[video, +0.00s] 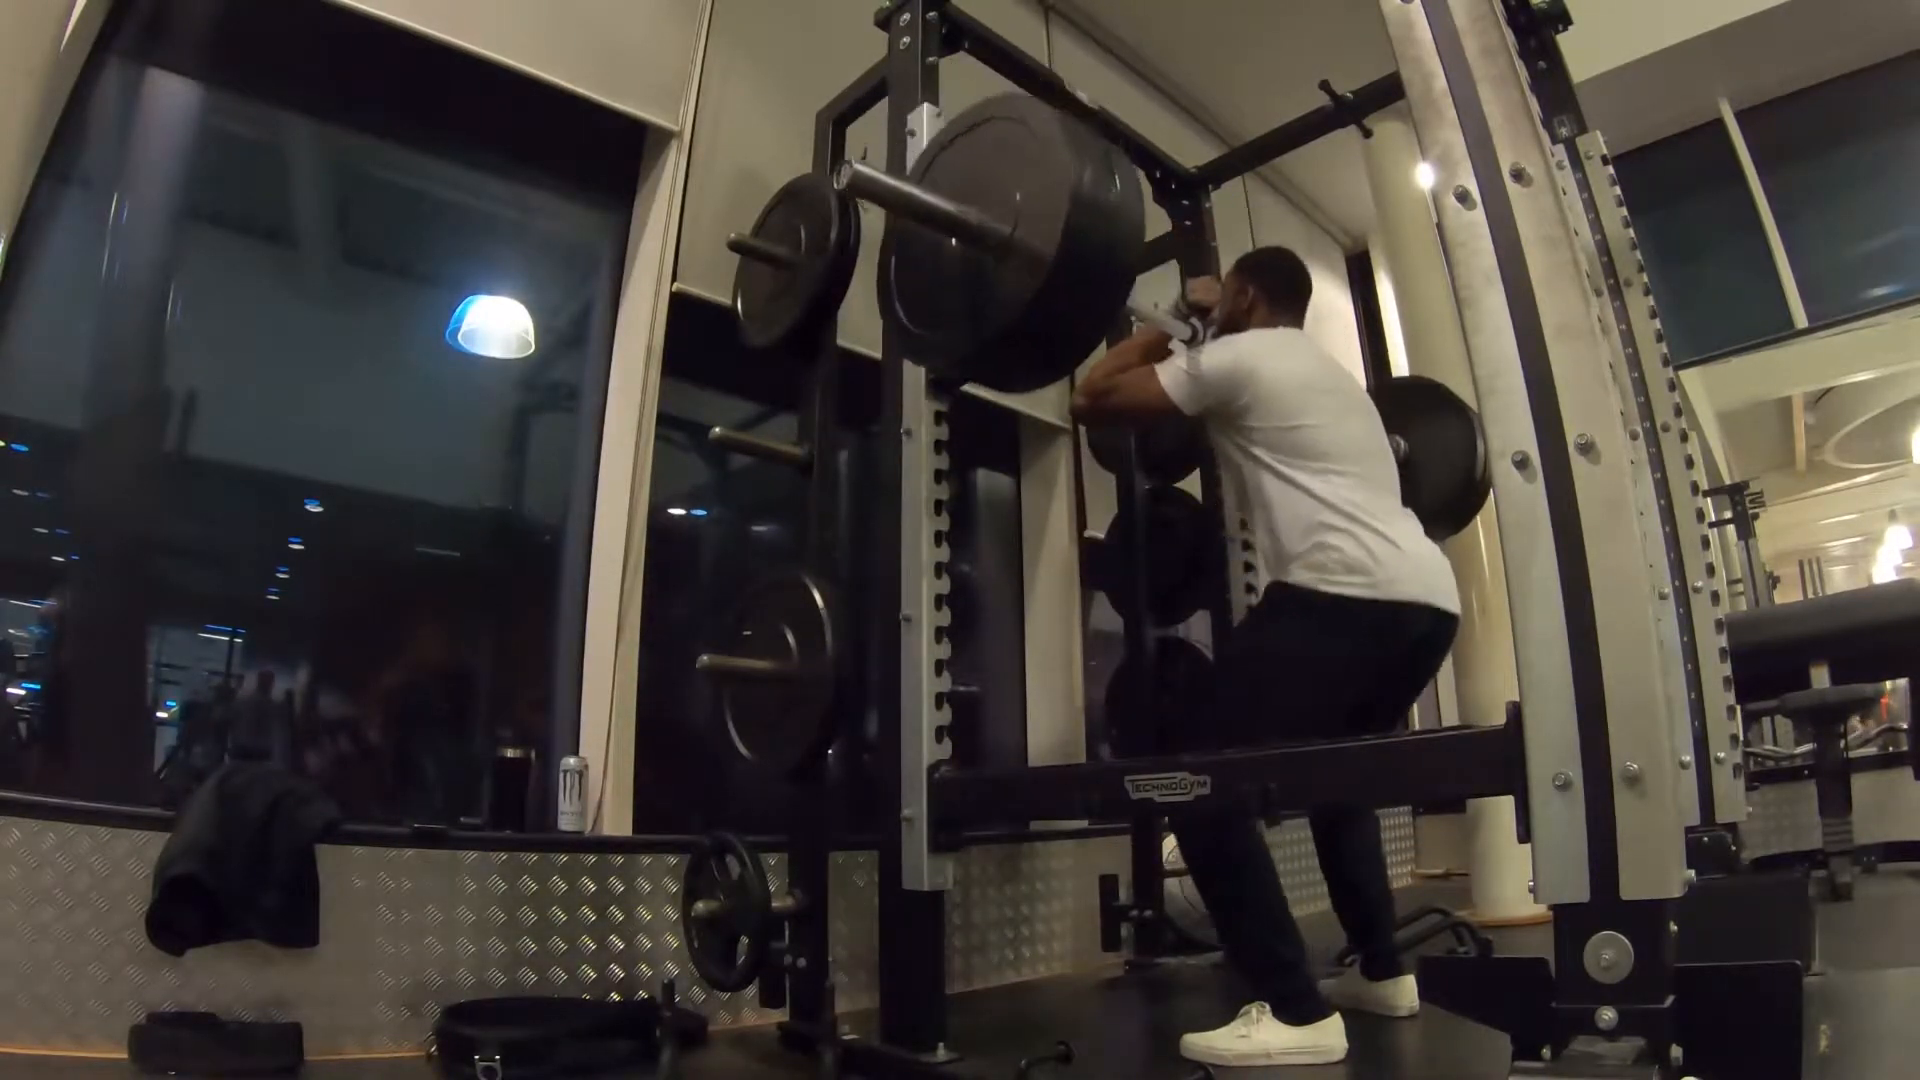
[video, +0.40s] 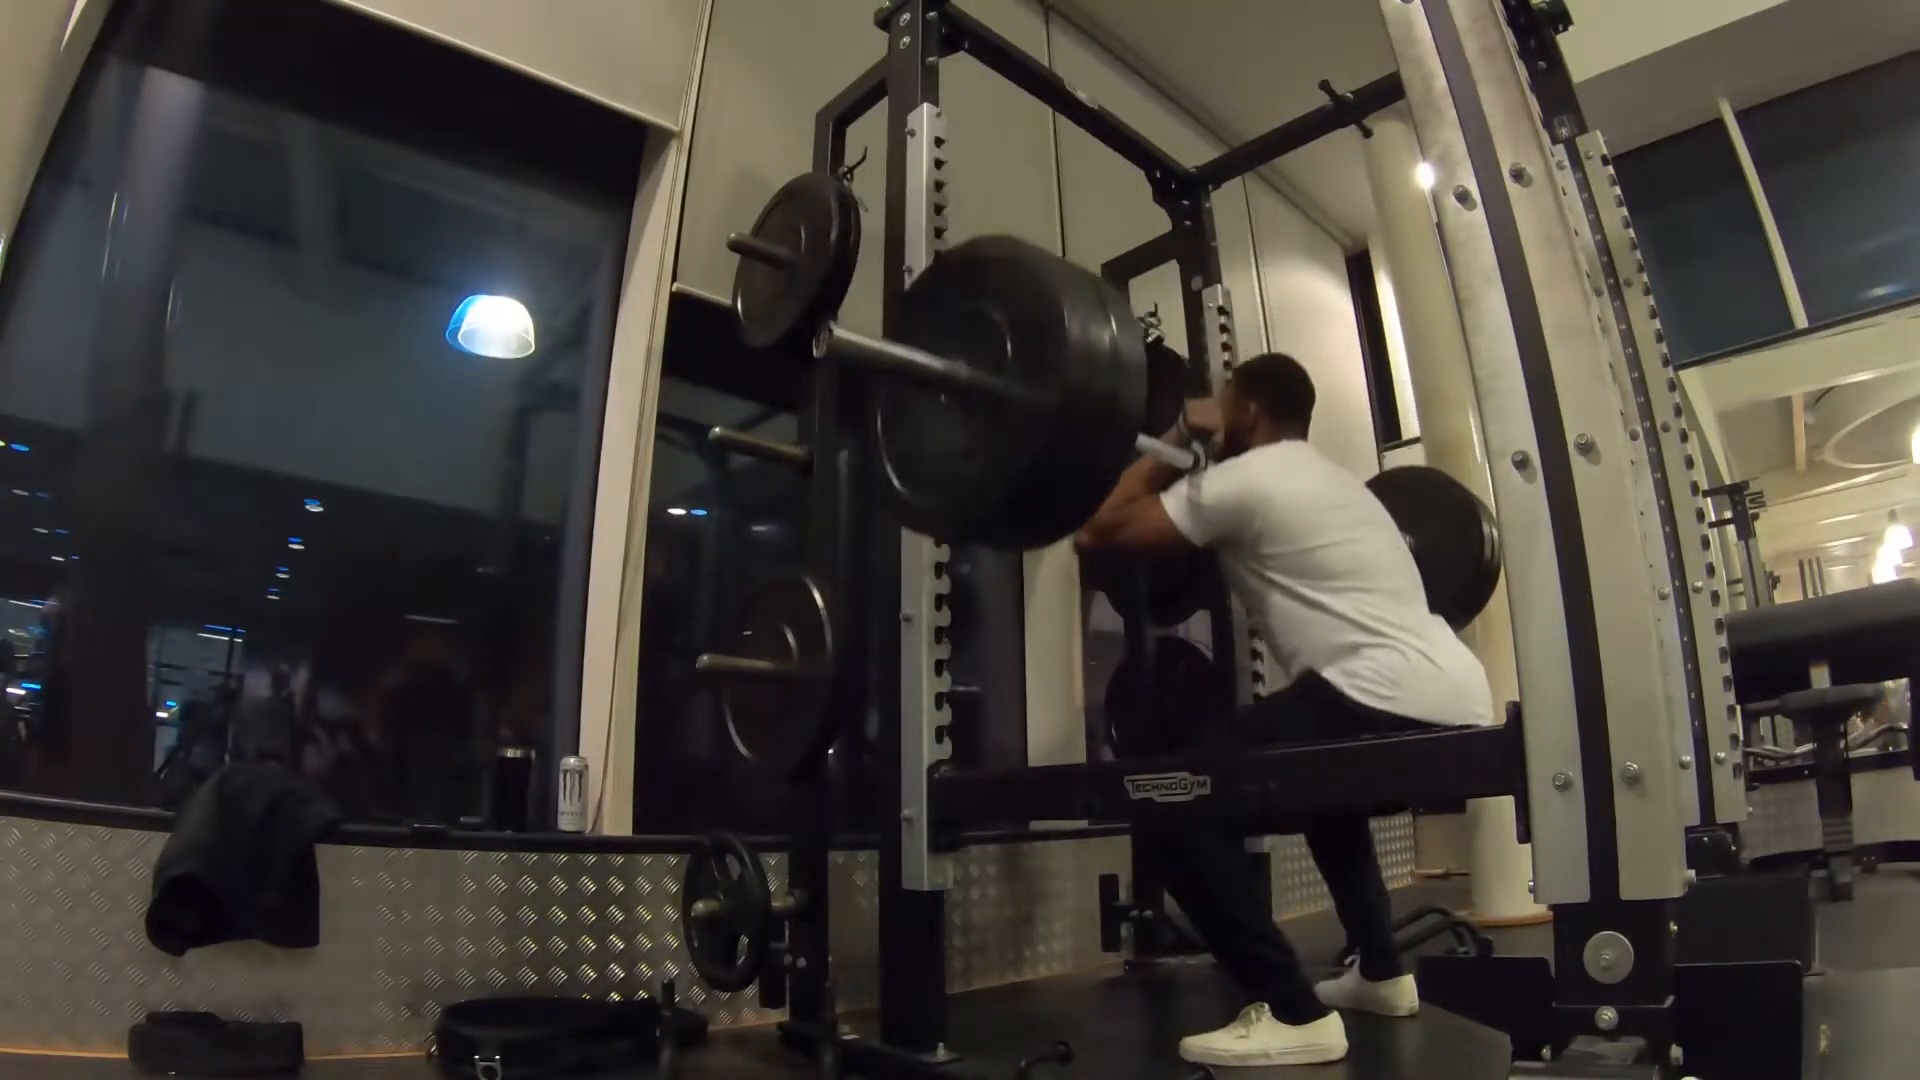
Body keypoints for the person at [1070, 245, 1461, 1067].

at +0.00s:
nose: (1214, 307)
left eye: (1223, 295)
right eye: (1219, 295)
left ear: (1249, 296)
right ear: (1296, 305)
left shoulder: (1240, 360)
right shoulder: (1332, 371)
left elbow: (1093, 392)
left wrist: (1157, 330)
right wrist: (1202, 338)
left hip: (1334, 597)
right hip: (1426, 604)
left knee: (1201, 779)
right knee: (1331, 771)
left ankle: (1293, 1011)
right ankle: (1384, 970)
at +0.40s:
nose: (1218, 416)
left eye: (1226, 405)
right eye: (1220, 405)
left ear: (1252, 412)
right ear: (1297, 417)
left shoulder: (1247, 482)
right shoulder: (1337, 478)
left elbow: (1105, 525)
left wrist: (1169, 446)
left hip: (1374, 698)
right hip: (1462, 705)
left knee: (1177, 796)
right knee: (1315, 784)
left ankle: (1294, 1013)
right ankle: (1382, 970)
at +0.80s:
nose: (1223, 516)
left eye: (1229, 505)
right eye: (1225, 506)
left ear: (1256, 512)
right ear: (1311, 513)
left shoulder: (1251, 590)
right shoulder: (1339, 575)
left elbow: (1125, 642)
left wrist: (1178, 546)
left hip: (1381, 838)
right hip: (1458, 838)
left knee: (1156, 825)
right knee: (1308, 784)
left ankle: (1291, 1012)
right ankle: (1381, 971)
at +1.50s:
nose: (1221, 436)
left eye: (1229, 425)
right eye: (1225, 425)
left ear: (1251, 433)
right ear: (1299, 439)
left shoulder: (1249, 506)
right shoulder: (1332, 497)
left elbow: (1114, 558)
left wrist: (1168, 467)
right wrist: (1219, 478)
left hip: (1379, 720)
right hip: (1462, 721)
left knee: (1176, 804)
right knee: (1305, 783)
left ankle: (1293, 1013)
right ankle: (1381, 969)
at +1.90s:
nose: (1221, 328)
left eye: (1230, 314)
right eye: (1224, 315)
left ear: (1256, 320)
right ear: (1299, 328)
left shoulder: (1250, 388)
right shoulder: (1333, 394)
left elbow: (1106, 441)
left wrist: (1175, 359)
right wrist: (1209, 359)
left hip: (1344, 625)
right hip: (1426, 635)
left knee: (1182, 783)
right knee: (1322, 771)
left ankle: (1293, 1011)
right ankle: (1382, 970)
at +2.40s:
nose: (1231, 239)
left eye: (1237, 228)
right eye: (1234, 230)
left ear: (1255, 229)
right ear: (1308, 239)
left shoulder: (1238, 294)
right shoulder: (1332, 307)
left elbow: (1099, 318)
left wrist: (1172, 249)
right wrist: (1208, 262)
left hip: (1291, 541)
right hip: (1377, 543)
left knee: (1270, 768)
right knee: (1350, 759)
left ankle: (1296, 1009)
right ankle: (1385, 971)